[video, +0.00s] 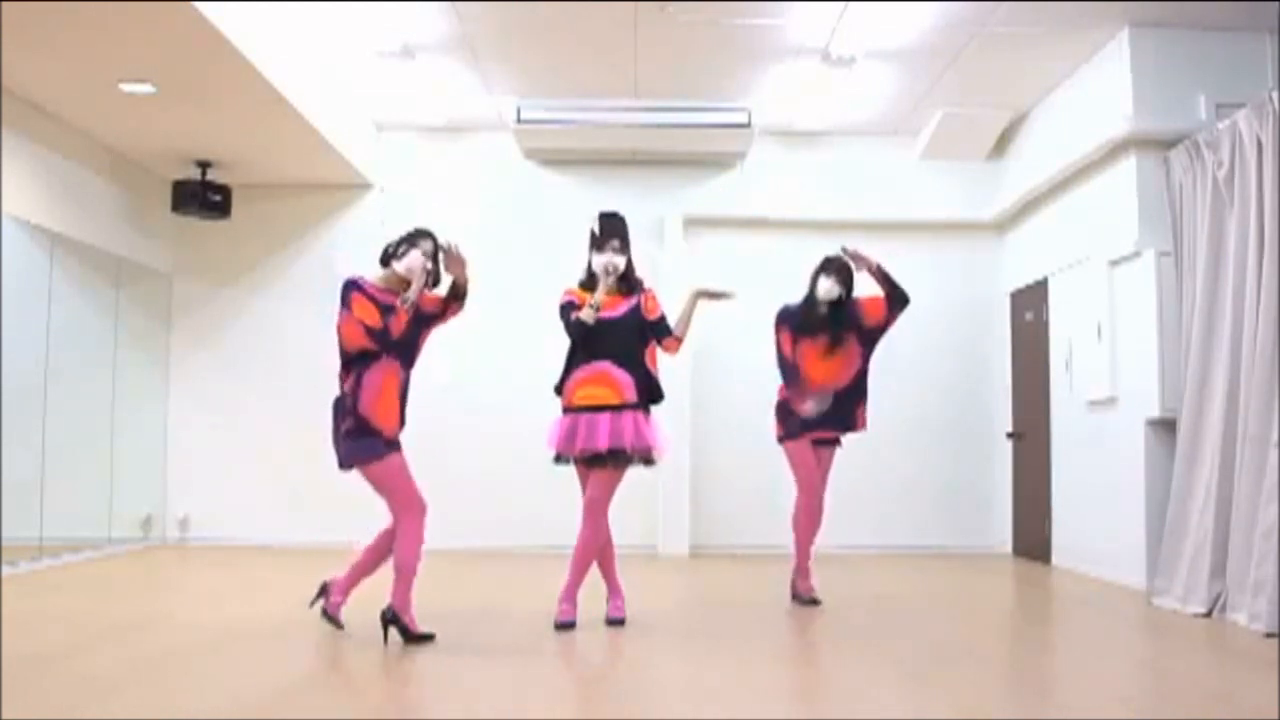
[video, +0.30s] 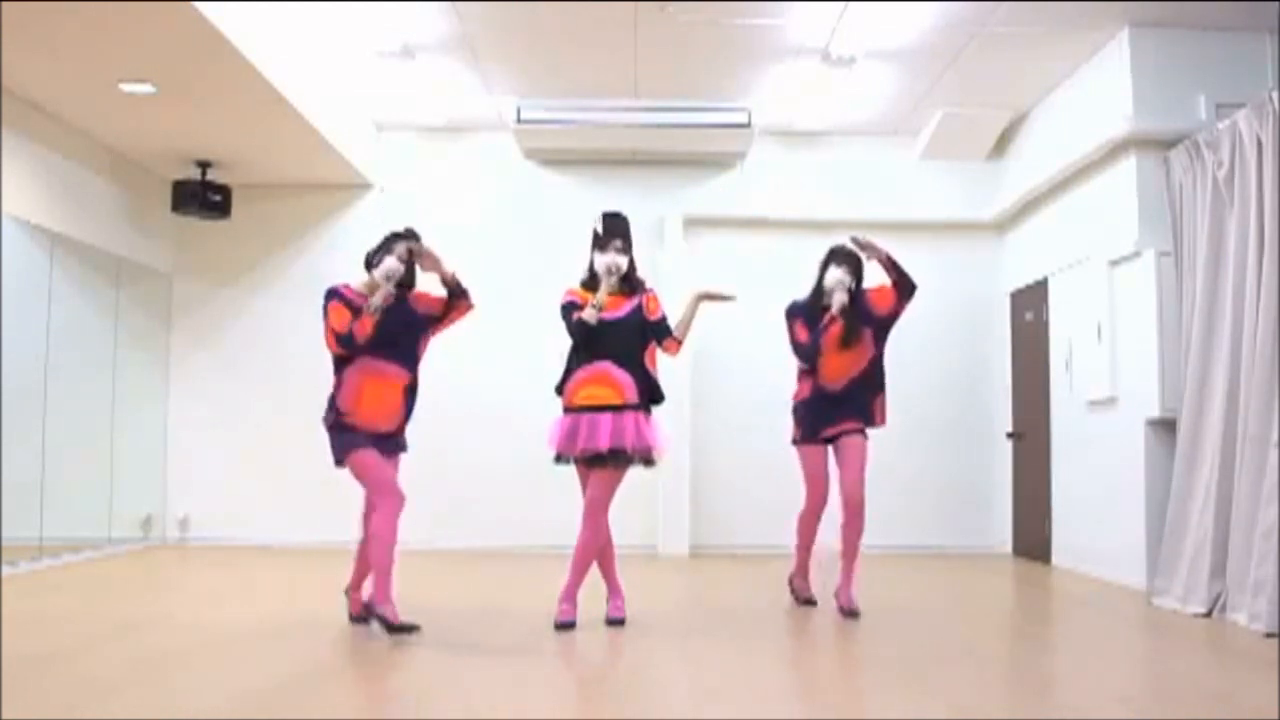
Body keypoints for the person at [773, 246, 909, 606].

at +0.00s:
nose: (829, 288)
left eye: (837, 283)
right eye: (825, 279)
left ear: (845, 289)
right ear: (814, 280)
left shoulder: (858, 318)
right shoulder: (790, 317)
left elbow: (898, 301)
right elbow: (786, 363)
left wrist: (873, 268)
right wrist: (801, 395)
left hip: (834, 415)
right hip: (794, 412)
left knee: (816, 491)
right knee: (809, 486)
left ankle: (802, 570)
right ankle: (802, 572)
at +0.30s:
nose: (841, 279)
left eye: (848, 273)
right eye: (836, 271)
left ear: (856, 278)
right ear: (823, 273)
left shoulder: (870, 308)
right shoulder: (802, 311)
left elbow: (905, 290)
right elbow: (807, 355)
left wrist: (881, 257)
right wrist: (832, 312)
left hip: (852, 407)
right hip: (811, 409)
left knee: (855, 496)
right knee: (816, 496)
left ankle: (846, 585)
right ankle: (800, 573)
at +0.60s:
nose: (856, 273)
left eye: (863, 267)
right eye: (851, 265)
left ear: (873, 270)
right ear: (839, 265)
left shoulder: (890, 300)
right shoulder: (818, 306)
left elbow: (930, 279)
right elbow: (820, 346)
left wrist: (899, 244)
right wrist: (844, 301)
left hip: (877, 408)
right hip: (835, 410)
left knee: (870, 500)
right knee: (852, 498)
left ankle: (852, 585)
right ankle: (852, 589)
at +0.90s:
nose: (864, 262)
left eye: (870, 253)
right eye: (855, 255)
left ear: (880, 256)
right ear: (843, 260)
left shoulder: (895, 303)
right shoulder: (833, 299)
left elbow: (929, 341)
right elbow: (844, 339)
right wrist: (866, 296)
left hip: (894, 401)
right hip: (851, 401)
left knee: (889, 500)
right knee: (857, 497)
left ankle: (889, 593)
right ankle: (859, 593)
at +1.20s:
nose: (875, 259)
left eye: (881, 251)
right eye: (867, 252)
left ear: (892, 255)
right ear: (855, 256)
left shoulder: (907, 299)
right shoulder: (842, 300)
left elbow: (922, 358)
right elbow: (841, 343)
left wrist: (931, 407)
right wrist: (866, 298)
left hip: (899, 404)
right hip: (857, 403)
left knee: (894, 501)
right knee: (862, 499)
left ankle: (889, 593)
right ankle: (861, 593)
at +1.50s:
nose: (845, 259)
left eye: (851, 251)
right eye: (847, 251)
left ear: (870, 254)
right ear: (871, 256)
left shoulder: (888, 297)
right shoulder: (864, 300)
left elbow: (822, 325)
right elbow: (835, 351)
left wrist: (820, 282)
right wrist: (834, 299)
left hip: (900, 410)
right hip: (868, 410)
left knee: (885, 499)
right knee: (869, 503)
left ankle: (901, 592)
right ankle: (868, 592)